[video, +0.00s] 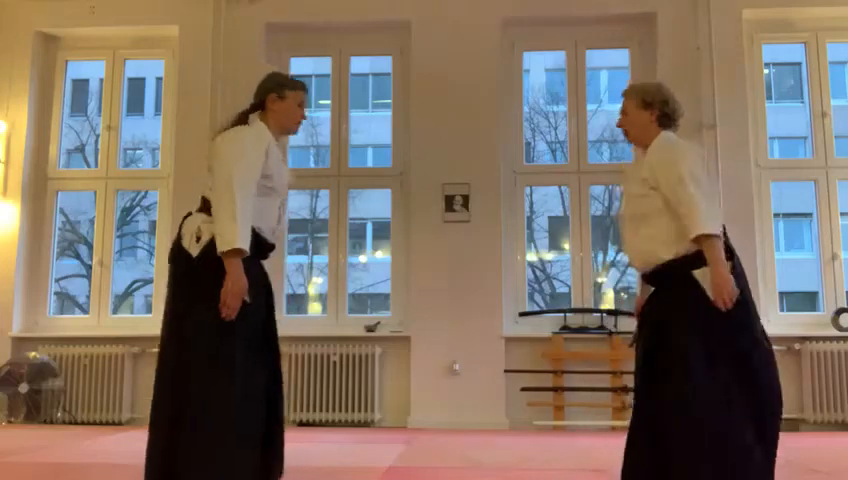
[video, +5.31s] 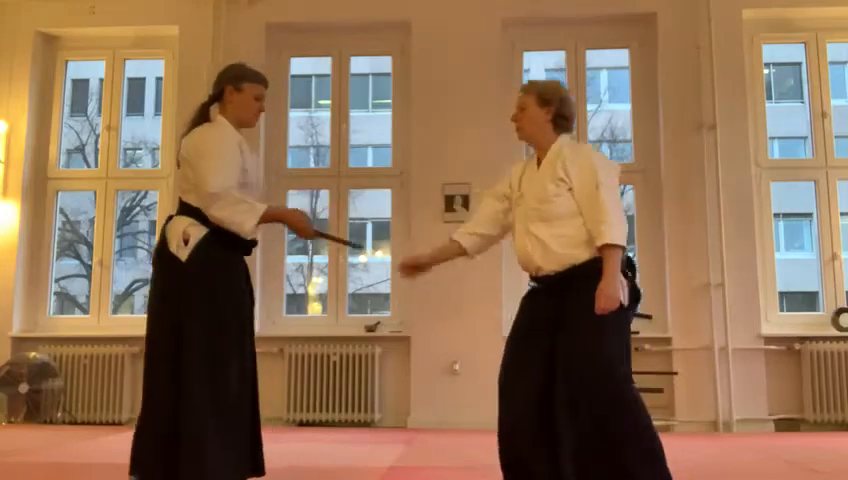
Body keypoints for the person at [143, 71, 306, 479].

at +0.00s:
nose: (303, 115)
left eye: (304, 107)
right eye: (298, 105)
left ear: (275, 104)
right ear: (273, 102)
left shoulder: (265, 144)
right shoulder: (245, 139)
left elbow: (249, 208)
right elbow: (231, 199)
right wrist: (234, 267)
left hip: (240, 261)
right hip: (220, 262)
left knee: (243, 374)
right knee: (225, 375)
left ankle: (236, 467)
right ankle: (220, 469)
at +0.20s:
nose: (327, 154)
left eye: (332, 146)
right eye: (327, 143)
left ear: (305, 132)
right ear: (304, 129)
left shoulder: (279, 163)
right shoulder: (261, 152)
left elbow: (239, 215)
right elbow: (228, 208)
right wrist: (211, 276)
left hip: (223, 265)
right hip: (201, 262)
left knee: (232, 368)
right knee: (213, 369)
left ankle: (222, 465)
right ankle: (204, 467)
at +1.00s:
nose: (293, 107)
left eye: (293, 100)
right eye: (288, 99)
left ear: (266, 98)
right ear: (263, 96)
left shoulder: (257, 139)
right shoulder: (239, 134)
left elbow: (243, 202)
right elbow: (228, 197)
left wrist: (247, 268)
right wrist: (230, 267)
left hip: (245, 263)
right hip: (227, 264)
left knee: (232, 381)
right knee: (218, 380)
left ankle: (224, 470)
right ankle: (210, 472)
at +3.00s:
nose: (269, 100)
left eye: (269, 93)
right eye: (263, 92)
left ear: (244, 96)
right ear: (236, 94)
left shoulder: (243, 136)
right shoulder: (225, 134)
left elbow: (241, 202)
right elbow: (222, 199)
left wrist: (262, 258)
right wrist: (239, 265)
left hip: (247, 257)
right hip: (229, 260)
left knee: (245, 367)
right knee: (231, 367)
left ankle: (241, 463)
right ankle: (227, 465)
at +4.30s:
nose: (270, 102)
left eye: (270, 94)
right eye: (264, 93)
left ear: (242, 94)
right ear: (239, 92)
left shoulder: (241, 134)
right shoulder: (228, 134)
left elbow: (242, 198)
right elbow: (240, 198)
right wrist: (299, 235)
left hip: (235, 255)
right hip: (230, 258)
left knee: (237, 364)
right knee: (235, 364)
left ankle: (230, 464)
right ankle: (232, 465)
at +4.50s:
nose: (273, 102)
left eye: (274, 94)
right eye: (267, 93)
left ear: (243, 96)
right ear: (240, 92)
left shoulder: (223, 133)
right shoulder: (238, 134)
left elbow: (254, 193)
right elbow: (262, 189)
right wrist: (324, 200)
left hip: (214, 249)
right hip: (234, 255)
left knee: (217, 359)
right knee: (238, 360)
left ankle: (214, 463)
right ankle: (236, 464)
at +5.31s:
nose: (262, 108)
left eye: (263, 100)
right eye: (256, 99)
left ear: (236, 98)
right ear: (229, 94)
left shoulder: (232, 140)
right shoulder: (213, 137)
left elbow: (227, 202)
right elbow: (216, 199)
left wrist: (279, 217)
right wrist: (281, 215)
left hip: (217, 258)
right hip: (199, 259)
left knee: (220, 364)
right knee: (205, 365)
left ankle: (213, 464)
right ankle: (201, 466)